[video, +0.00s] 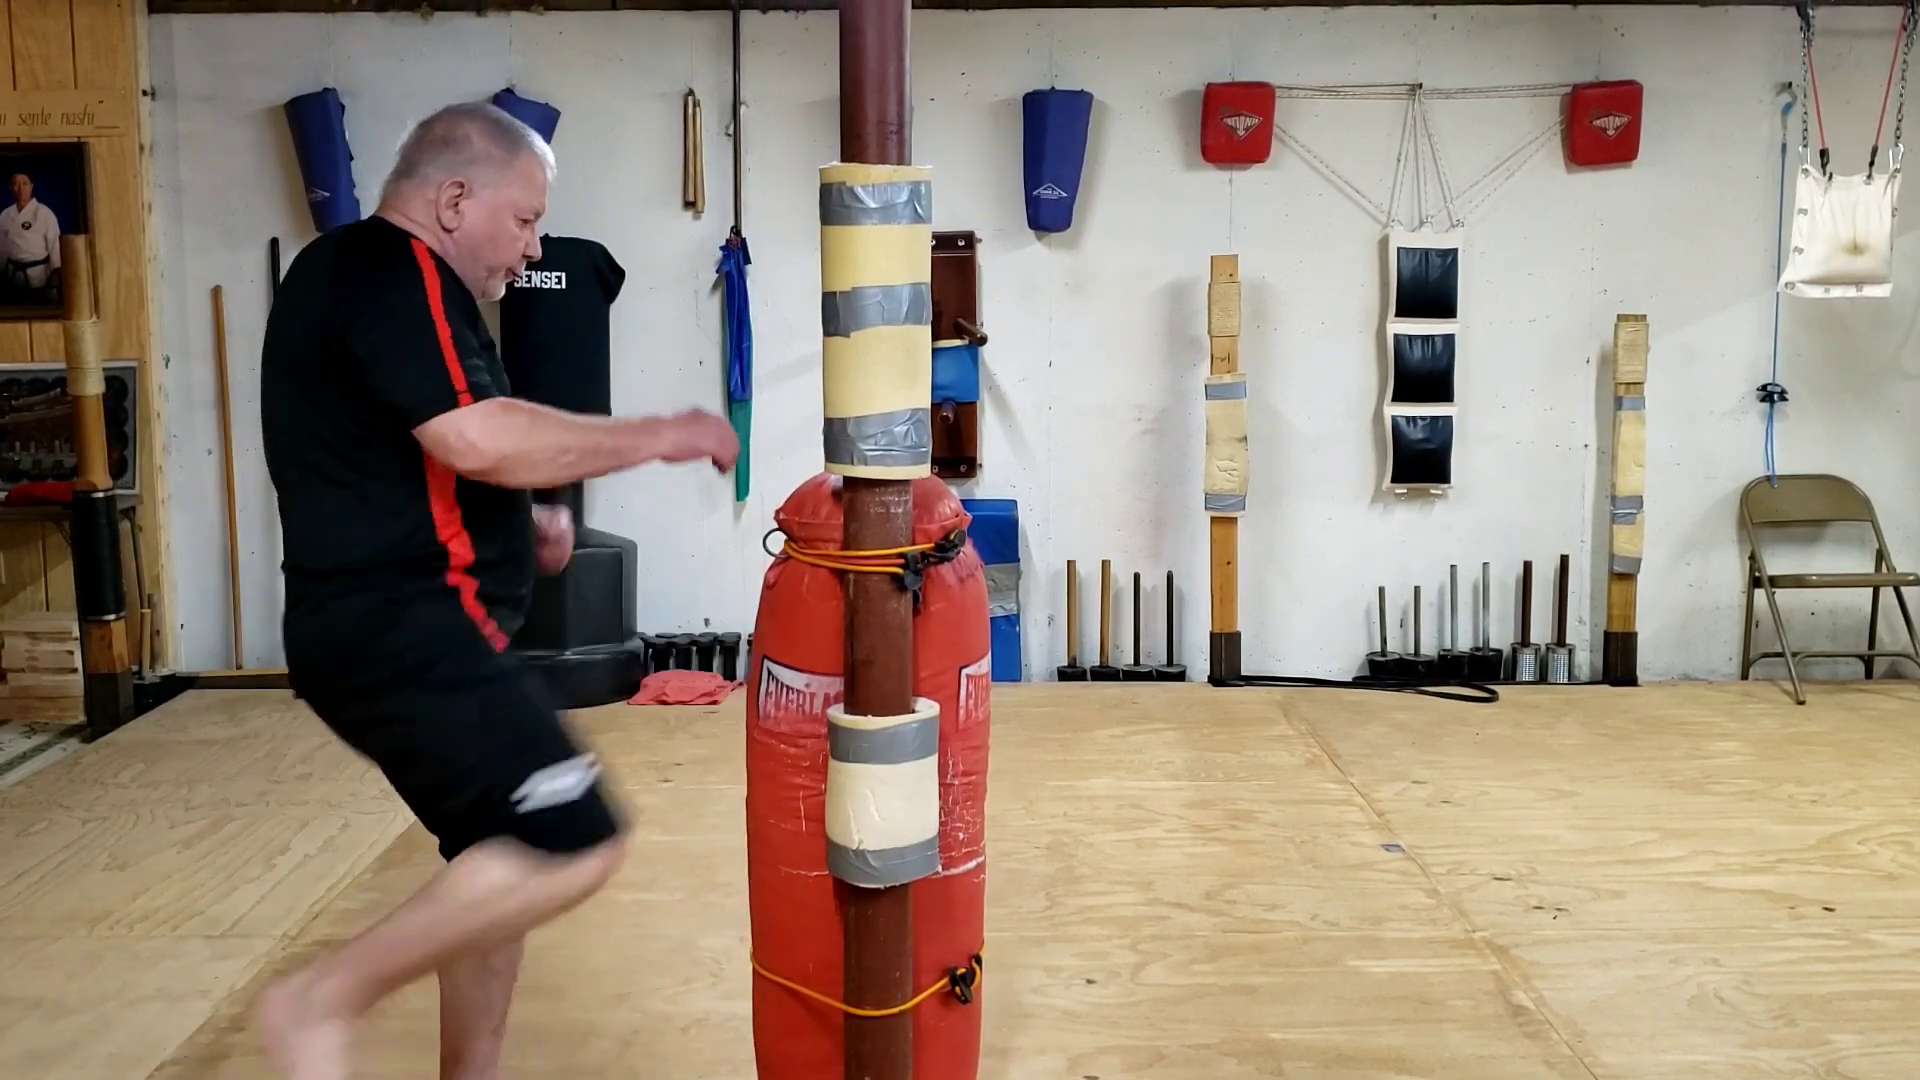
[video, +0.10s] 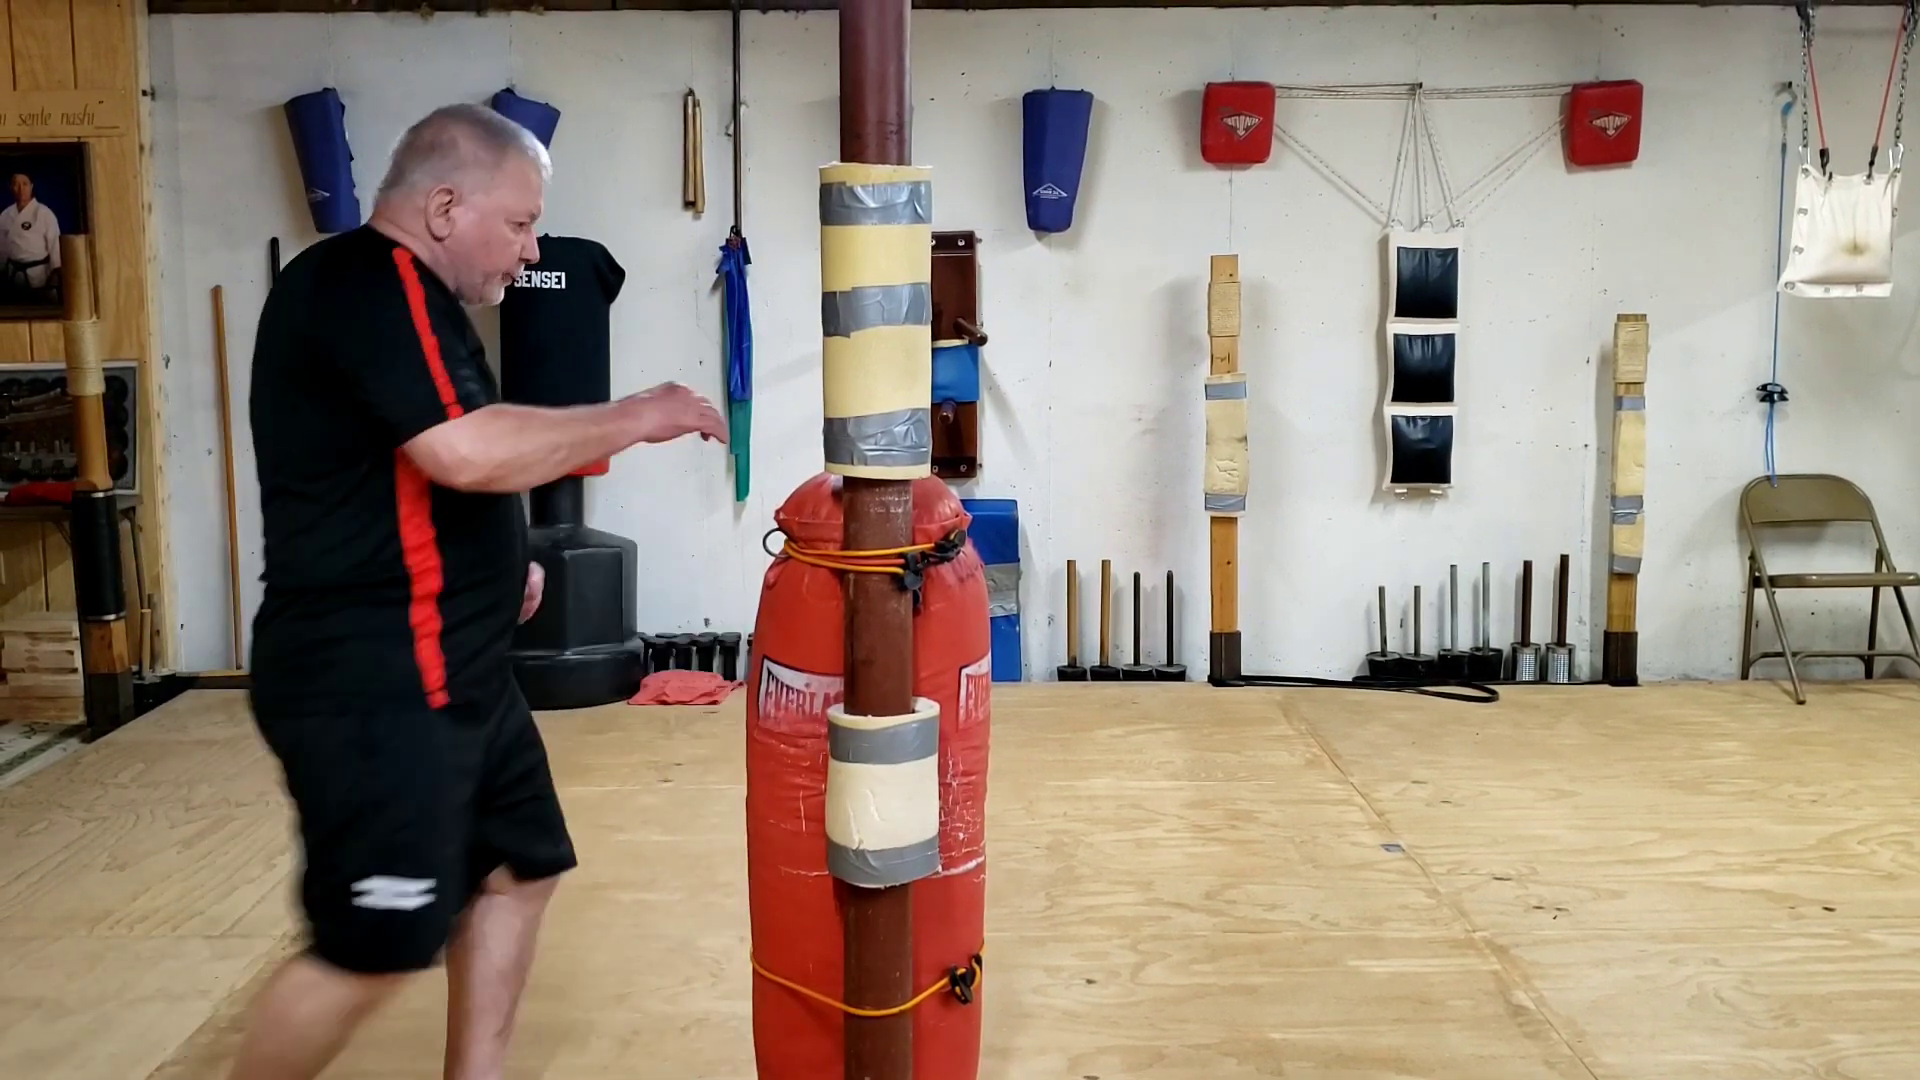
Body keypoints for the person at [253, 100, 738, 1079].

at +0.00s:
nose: (532, 249)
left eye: (536, 227)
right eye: (525, 222)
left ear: (442, 203)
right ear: (452, 201)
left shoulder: (338, 271)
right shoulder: (393, 275)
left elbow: (384, 464)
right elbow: (472, 435)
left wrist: (511, 518)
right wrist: (661, 436)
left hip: (369, 623)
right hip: (402, 624)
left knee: (499, 854)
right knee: (579, 834)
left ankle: (471, 1069)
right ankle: (314, 1000)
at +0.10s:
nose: (531, 253)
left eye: (535, 229)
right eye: (520, 225)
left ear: (443, 212)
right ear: (443, 209)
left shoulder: (419, 297)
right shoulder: (355, 284)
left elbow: (390, 477)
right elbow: (462, 449)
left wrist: (494, 561)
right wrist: (634, 418)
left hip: (460, 666)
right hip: (364, 673)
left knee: (518, 864)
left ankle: (473, 1075)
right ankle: (247, 1072)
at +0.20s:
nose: (518, 267)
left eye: (519, 243)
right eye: (503, 240)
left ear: (419, 233)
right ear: (419, 230)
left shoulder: (390, 320)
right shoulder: (311, 314)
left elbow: (392, 491)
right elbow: (404, 496)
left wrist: (485, 569)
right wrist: (591, 461)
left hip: (436, 675)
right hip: (312, 688)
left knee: (532, 863)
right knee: (277, 956)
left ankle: (476, 1074)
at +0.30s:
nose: (493, 258)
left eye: (498, 234)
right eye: (475, 233)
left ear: (400, 228)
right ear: (389, 222)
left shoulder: (405, 316)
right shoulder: (275, 311)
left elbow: (397, 485)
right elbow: (268, 521)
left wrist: (509, 494)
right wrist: (485, 543)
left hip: (427, 670)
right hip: (295, 687)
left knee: (523, 864)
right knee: (258, 948)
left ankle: (472, 1073)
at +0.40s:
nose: (483, 249)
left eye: (487, 225)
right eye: (463, 225)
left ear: (381, 222)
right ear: (372, 220)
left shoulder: (444, 318)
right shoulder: (242, 312)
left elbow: (532, 427)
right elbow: (124, 495)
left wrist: (610, 376)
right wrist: (273, 644)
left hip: (423, 669)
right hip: (279, 686)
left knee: (503, 862)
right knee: (254, 951)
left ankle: (468, 1075)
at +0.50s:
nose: (491, 267)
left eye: (493, 244)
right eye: (472, 245)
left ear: (394, 238)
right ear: (382, 238)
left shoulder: (442, 318)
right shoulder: (244, 324)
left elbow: (578, 377)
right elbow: (100, 498)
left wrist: (714, 366)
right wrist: (166, 683)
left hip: (416, 686)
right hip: (285, 711)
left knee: (508, 862)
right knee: (256, 970)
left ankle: (469, 1075)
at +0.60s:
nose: (498, 266)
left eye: (502, 242)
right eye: (481, 241)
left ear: (404, 234)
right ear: (395, 230)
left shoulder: (445, 332)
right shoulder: (264, 315)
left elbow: (530, 437)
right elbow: (136, 491)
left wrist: (631, 432)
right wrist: (290, 637)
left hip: (418, 676)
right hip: (281, 693)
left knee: (503, 855)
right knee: (264, 947)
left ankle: (469, 1075)